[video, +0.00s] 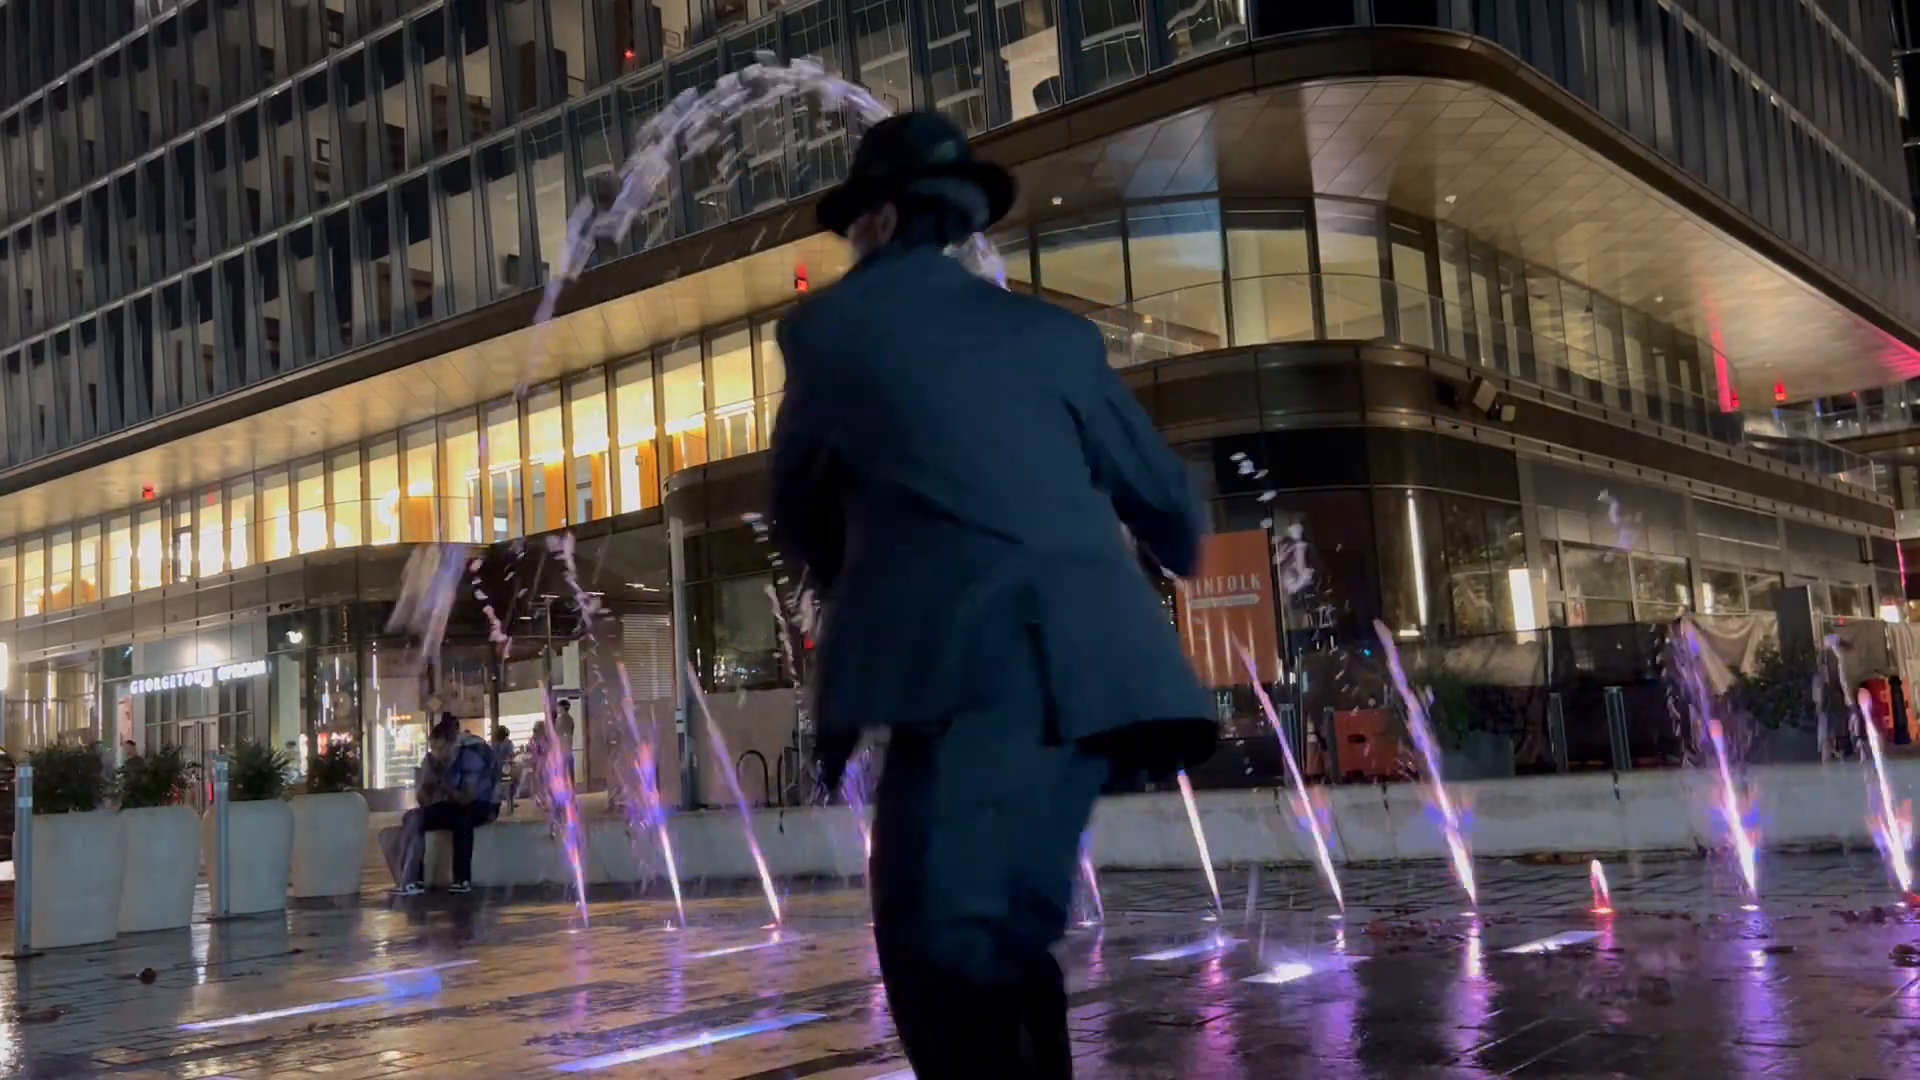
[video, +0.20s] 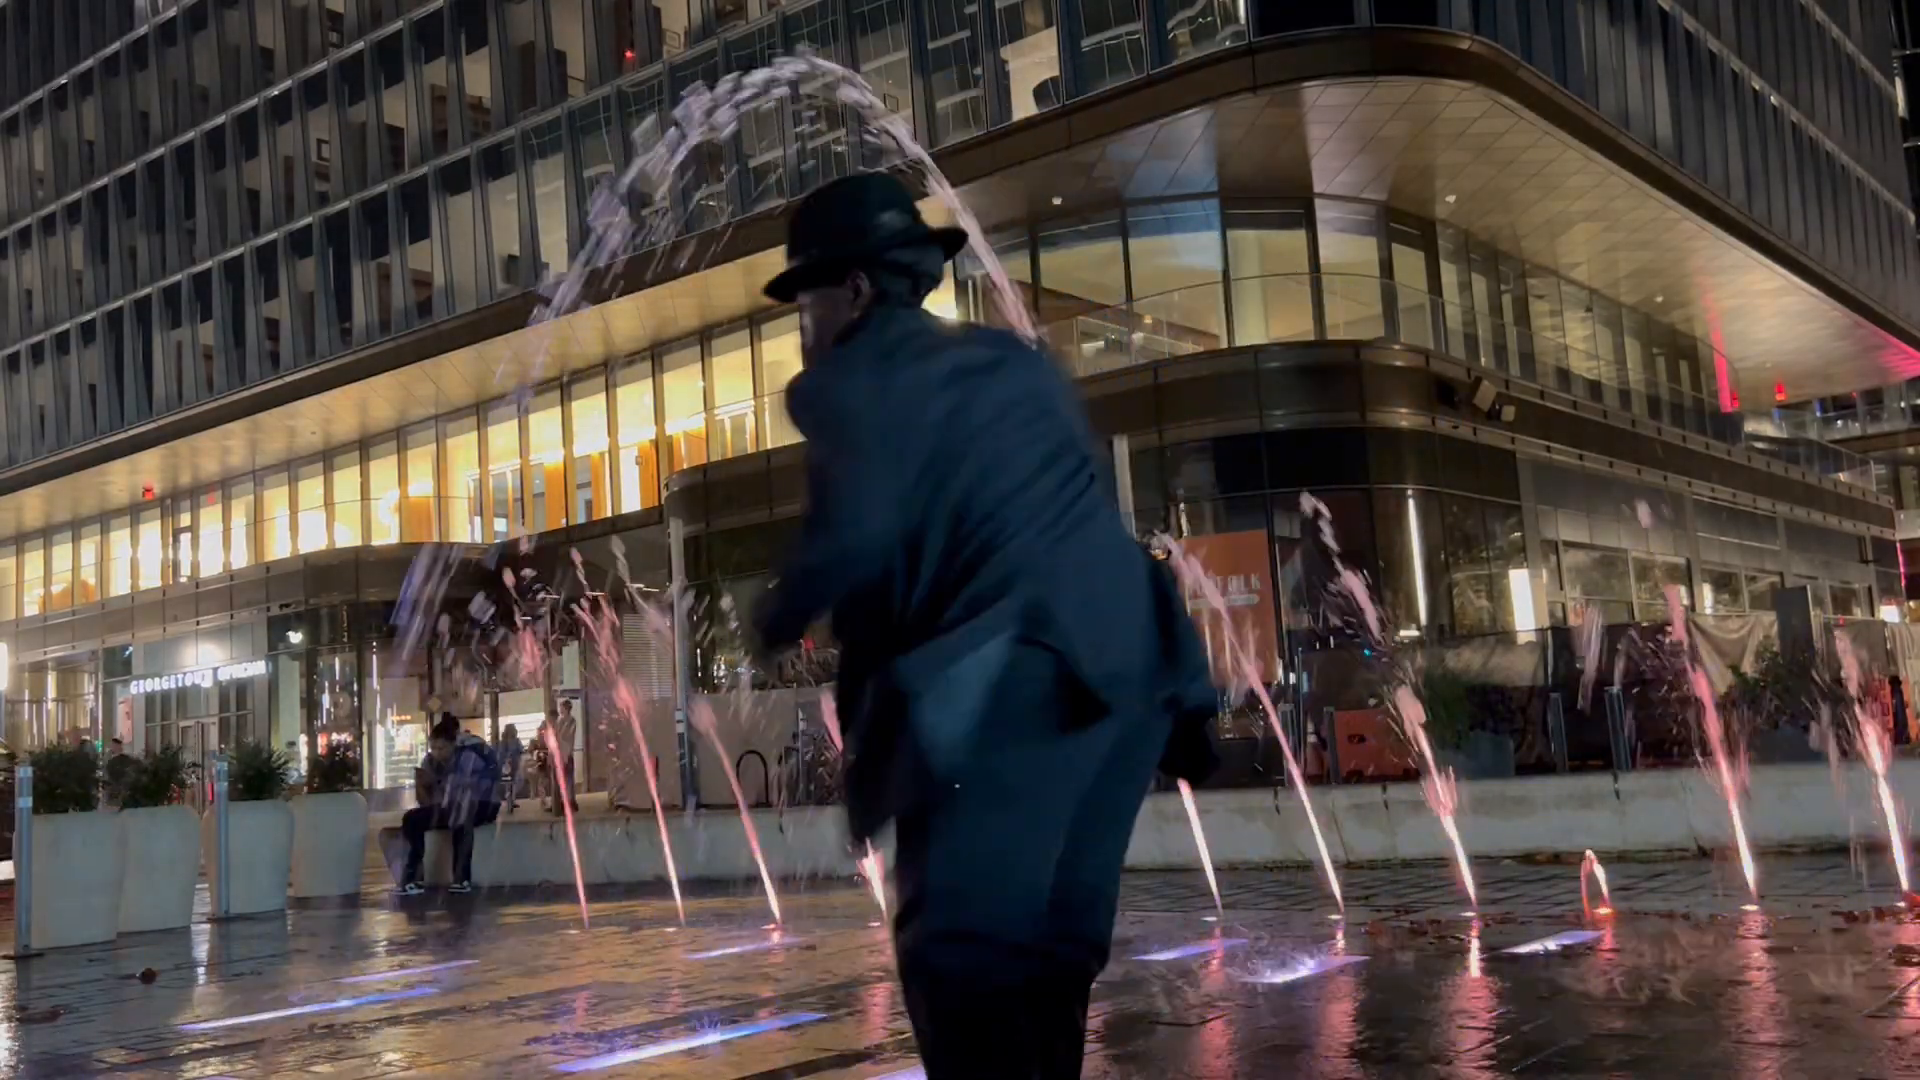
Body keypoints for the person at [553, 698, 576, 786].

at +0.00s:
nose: (558, 710)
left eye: (560, 708)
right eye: (558, 708)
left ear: (562, 708)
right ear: (567, 708)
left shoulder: (560, 720)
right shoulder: (570, 719)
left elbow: (556, 734)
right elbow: (571, 735)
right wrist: (570, 748)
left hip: (561, 752)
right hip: (568, 752)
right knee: (570, 778)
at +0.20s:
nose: (560, 710)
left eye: (563, 708)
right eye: (560, 707)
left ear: (568, 708)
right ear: (559, 708)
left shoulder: (571, 721)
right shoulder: (558, 720)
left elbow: (569, 739)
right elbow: (554, 736)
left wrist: (567, 754)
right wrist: (551, 753)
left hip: (567, 754)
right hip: (556, 753)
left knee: (568, 779)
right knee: (555, 780)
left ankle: (571, 802)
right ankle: (555, 803)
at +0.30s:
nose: (561, 710)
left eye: (563, 708)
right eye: (561, 708)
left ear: (565, 708)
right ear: (570, 708)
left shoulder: (565, 720)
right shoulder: (572, 720)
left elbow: (556, 731)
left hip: (562, 754)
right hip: (569, 754)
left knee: (559, 781)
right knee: (569, 781)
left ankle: (557, 805)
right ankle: (572, 803)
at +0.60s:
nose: (565, 709)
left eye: (567, 706)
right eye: (565, 707)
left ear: (571, 708)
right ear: (571, 708)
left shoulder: (571, 721)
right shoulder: (575, 721)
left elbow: (559, 732)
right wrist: (559, 724)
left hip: (567, 754)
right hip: (570, 753)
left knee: (568, 780)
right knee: (570, 780)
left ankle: (571, 802)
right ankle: (571, 801)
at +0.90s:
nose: (566, 709)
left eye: (568, 707)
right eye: (567, 707)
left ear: (571, 708)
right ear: (575, 708)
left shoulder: (570, 721)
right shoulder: (577, 720)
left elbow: (561, 731)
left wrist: (555, 734)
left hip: (568, 753)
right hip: (575, 753)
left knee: (569, 778)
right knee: (573, 778)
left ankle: (571, 801)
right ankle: (573, 800)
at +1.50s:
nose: (566, 710)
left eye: (567, 708)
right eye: (567, 708)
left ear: (568, 708)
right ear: (575, 708)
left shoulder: (565, 720)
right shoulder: (579, 720)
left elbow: (558, 732)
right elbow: (580, 733)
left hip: (566, 752)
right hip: (576, 752)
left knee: (565, 779)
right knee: (574, 777)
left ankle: (566, 801)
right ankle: (574, 800)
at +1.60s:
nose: (566, 710)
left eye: (567, 708)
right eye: (566, 708)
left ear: (568, 709)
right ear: (575, 709)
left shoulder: (564, 721)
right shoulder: (580, 720)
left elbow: (559, 734)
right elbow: (581, 733)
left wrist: (558, 746)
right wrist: (582, 745)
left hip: (566, 752)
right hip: (577, 751)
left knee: (569, 777)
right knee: (576, 776)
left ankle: (571, 797)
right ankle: (575, 797)